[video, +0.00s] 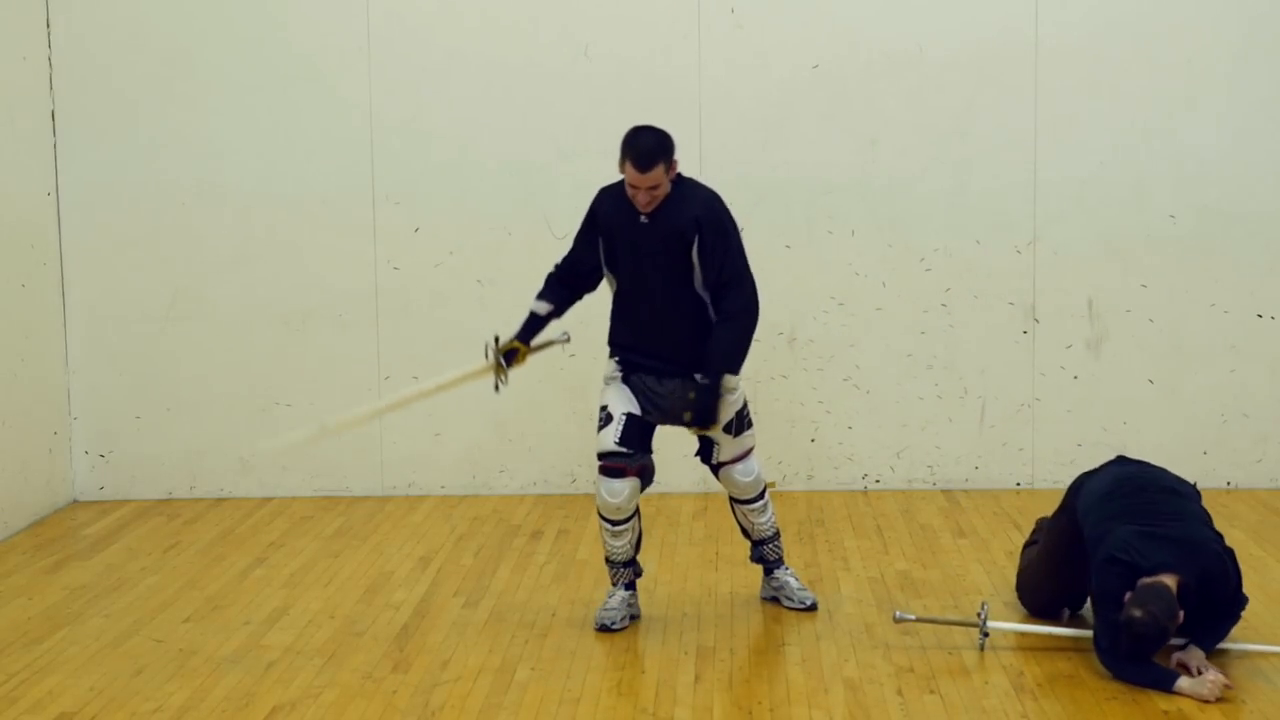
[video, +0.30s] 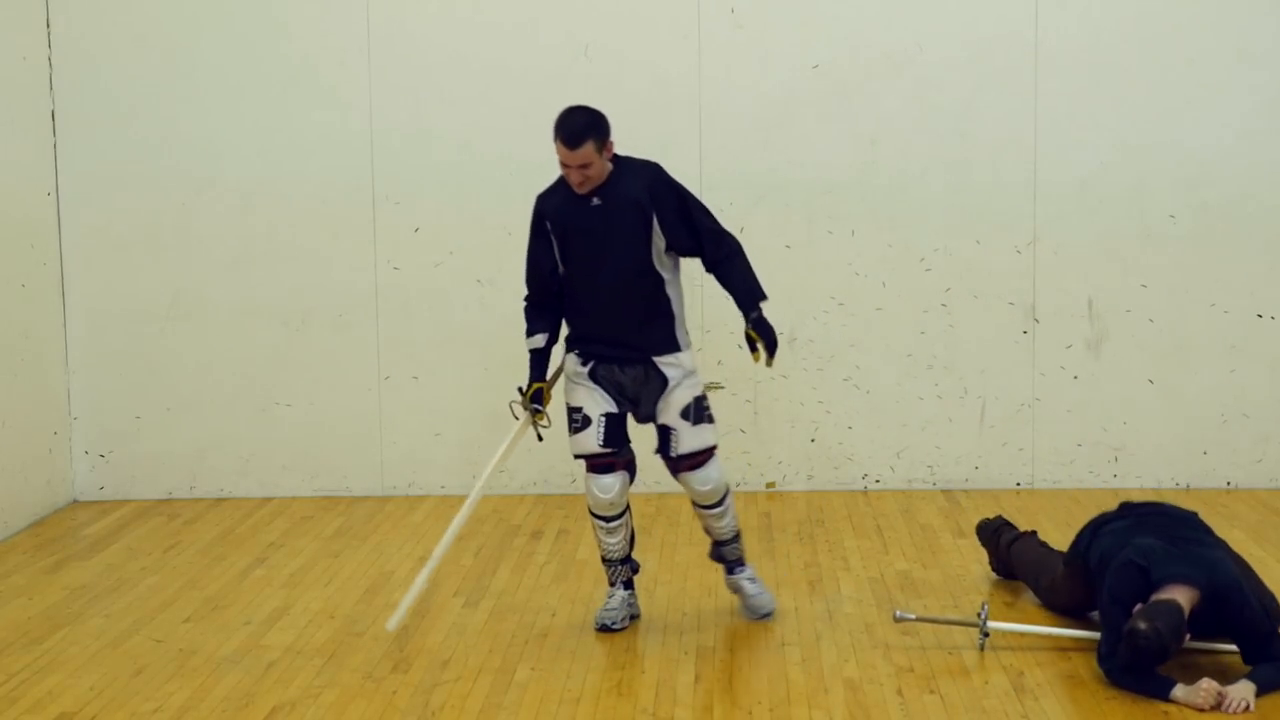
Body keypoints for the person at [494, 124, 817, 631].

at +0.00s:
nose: (642, 197)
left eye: (653, 187)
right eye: (633, 186)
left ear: (673, 170)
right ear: (620, 172)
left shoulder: (704, 210)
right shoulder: (609, 207)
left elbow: (740, 300)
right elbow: (575, 272)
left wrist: (715, 380)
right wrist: (525, 334)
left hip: (706, 368)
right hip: (633, 366)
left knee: (743, 474)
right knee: (614, 476)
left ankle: (775, 572)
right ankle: (623, 589)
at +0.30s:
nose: (574, 176)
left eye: (584, 166)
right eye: (565, 166)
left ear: (608, 149)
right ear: (556, 156)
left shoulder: (648, 184)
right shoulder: (551, 208)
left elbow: (715, 243)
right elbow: (542, 296)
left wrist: (754, 310)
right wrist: (537, 372)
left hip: (664, 357)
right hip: (591, 363)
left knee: (701, 471)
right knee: (604, 480)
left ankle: (736, 568)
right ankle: (620, 588)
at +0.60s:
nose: (536, 166)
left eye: (545, 155)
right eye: (529, 156)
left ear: (574, 140)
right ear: (522, 148)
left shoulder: (621, 180)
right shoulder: (523, 201)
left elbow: (678, 246)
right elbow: (512, 287)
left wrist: (709, 318)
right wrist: (519, 360)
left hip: (619, 353)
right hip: (556, 358)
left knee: (593, 478)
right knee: (586, 477)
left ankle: (583, 603)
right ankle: (617, 586)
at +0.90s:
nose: (504, 168)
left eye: (513, 156)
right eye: (497, 158)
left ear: (543, 143)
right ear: (492, 151)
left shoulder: (583, 197)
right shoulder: (491, 205)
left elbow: (619, 290)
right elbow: (481, 291)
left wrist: (606, 376)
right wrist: (481, 361)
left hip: (562, 368)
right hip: (509, 368)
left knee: (523, 493)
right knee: (560, 488)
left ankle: (503, 626)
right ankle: (615, 581)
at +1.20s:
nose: (454, 162)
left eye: (462, 151)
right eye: (448, 152)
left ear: (495, 137)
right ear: (444, 146)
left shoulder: (538, 195)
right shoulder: (447, 198)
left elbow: (562, 300)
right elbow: (441, 289)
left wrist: (505, 369)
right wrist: (436, 362)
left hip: (510, 372)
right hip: (450, 368)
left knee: (504, 499)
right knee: (432, 491)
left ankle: (503, 624)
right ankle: (513, 584)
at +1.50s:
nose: (386, 171)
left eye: (392, 158)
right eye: (380, 161)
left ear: (425, 141)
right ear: (383, 153)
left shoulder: (482, 197)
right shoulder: (388, 210)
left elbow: (516, 300)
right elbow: (396, 305)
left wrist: (493, 387)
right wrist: (389, 374)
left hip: (471, 383)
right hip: (406, 381)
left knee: (485, 510)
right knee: (367, 505)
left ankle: (501, 631)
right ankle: (337, 642)